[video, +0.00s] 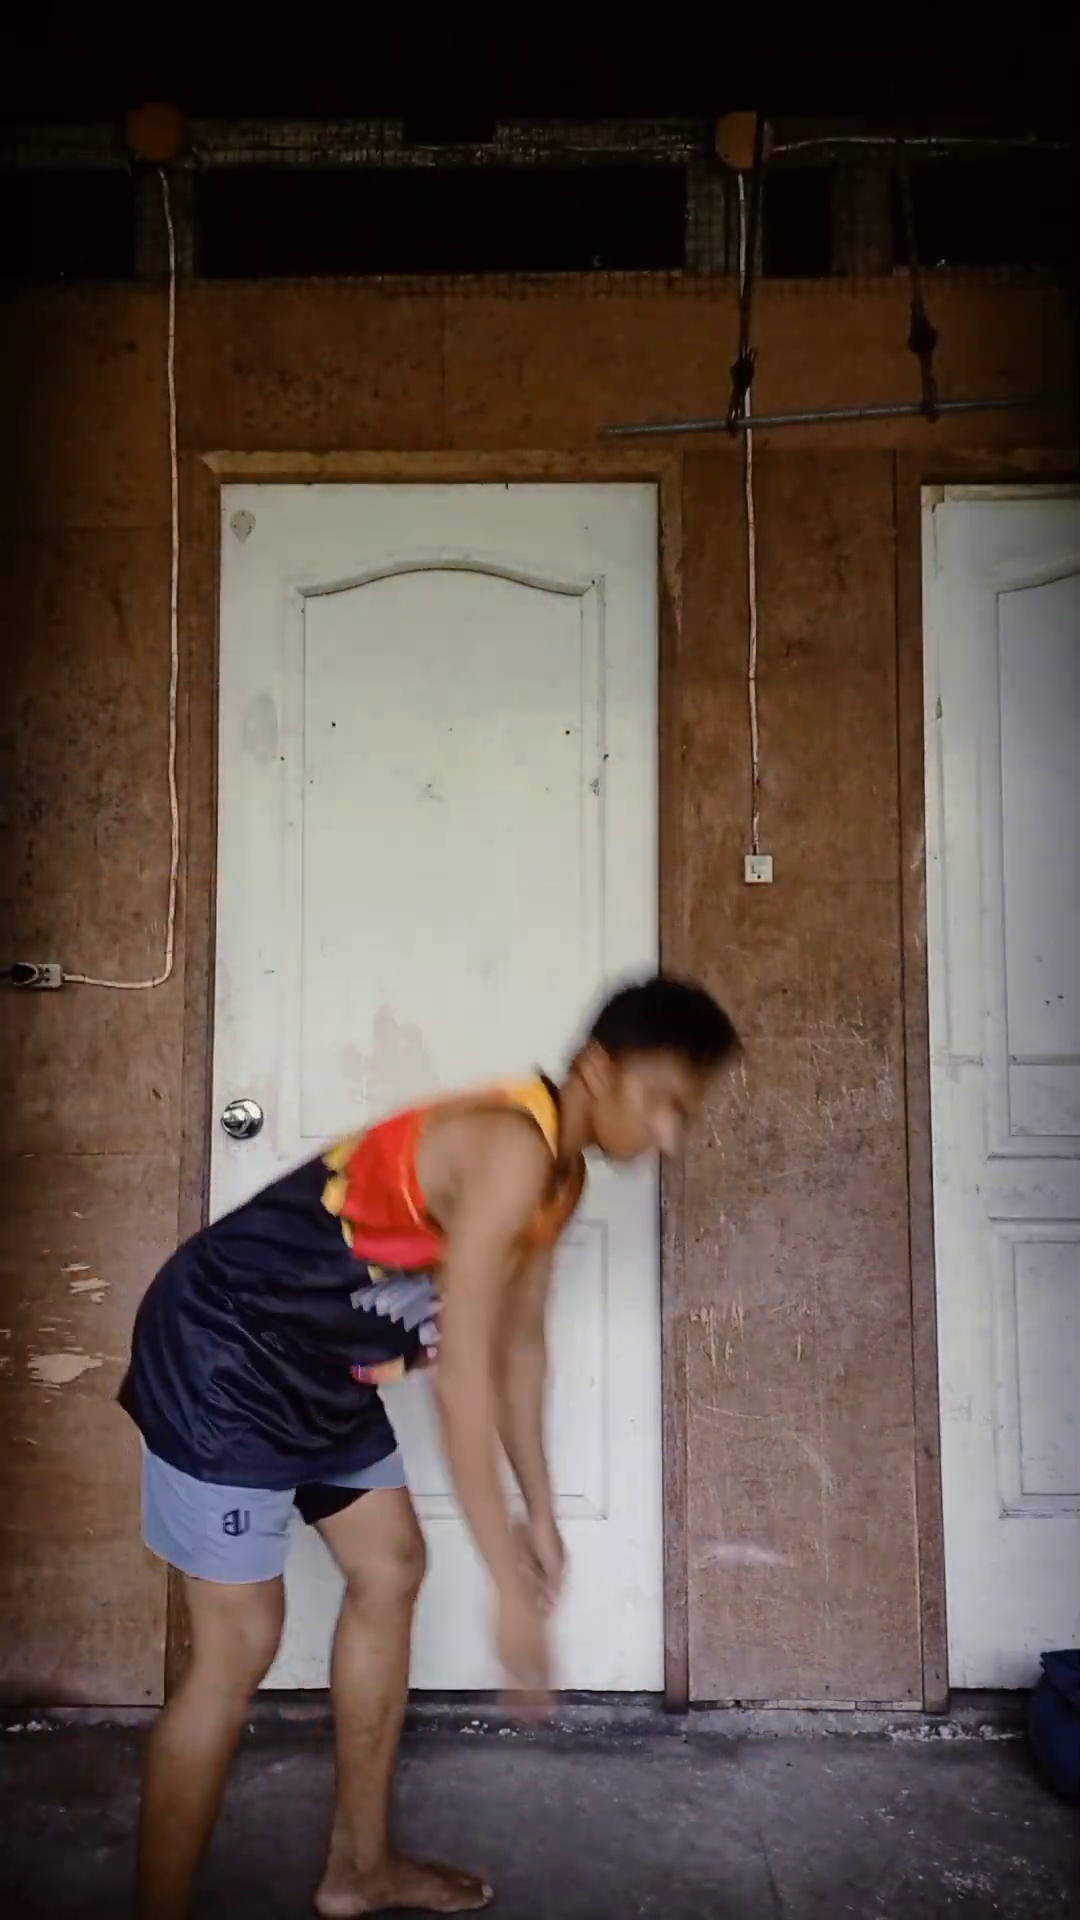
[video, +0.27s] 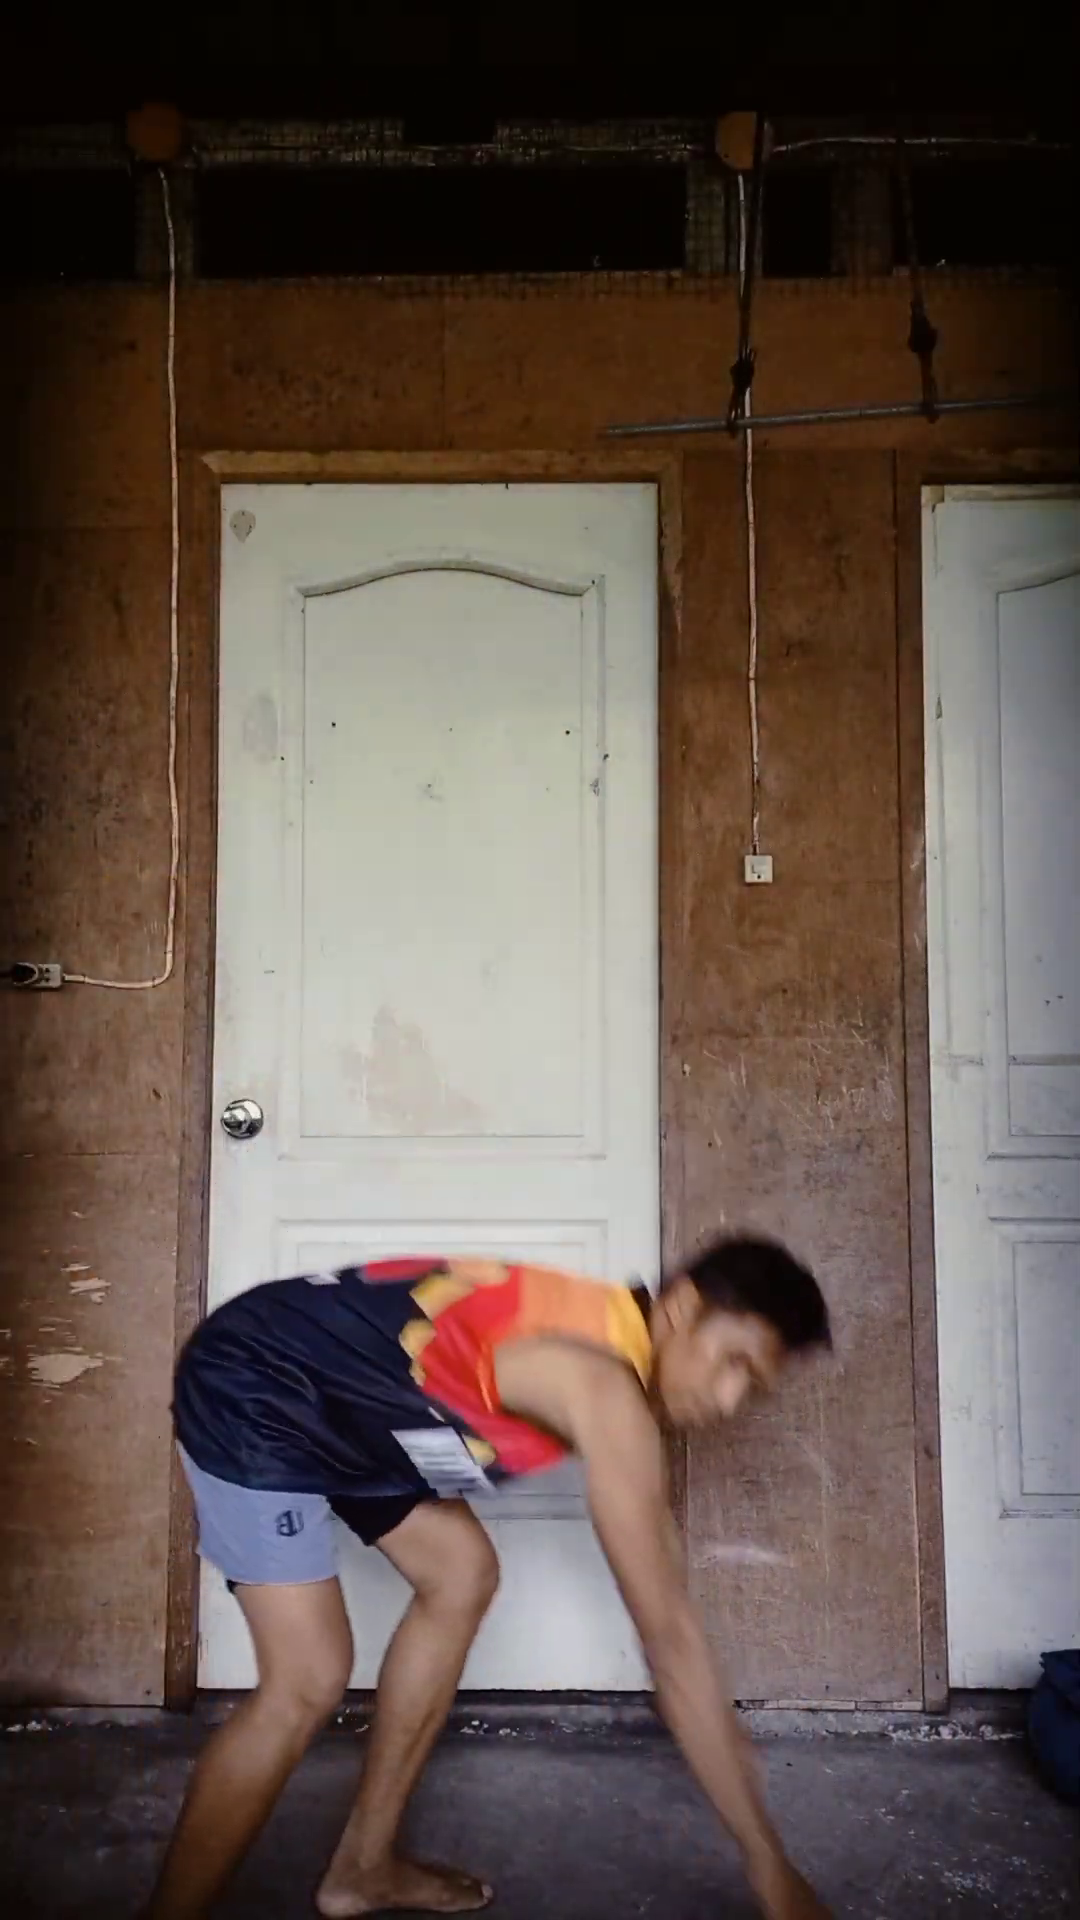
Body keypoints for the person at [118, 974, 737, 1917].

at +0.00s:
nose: (674, 1135)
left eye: (686, 1116)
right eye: (669, 1105)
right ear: (598, 1066)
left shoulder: (559, 1170)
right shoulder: (510, 1151)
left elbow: (520, 1347)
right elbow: (462, 1368)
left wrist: (539, 1511)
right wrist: (506, 1572)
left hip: (317, 1357)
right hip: (222, 1341)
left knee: (387, 1563)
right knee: (238, 1633)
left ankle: (360, 1865)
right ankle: (161, 1902)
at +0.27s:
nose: (731, 1399)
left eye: (754, 1384)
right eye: (732, 1362)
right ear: (679, 1308)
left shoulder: (615, 1332)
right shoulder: (606, 1391)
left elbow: (670, 1617)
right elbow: (669, 1640)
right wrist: (769, 1865)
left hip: (328, 1392)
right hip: (251, 1385)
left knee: (460, 1572)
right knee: (303, 1680)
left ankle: (364, 1867)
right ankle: (173, 1906)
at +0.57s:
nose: (830, 1548)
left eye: (853, 1548)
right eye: (842, 1518)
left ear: (854, 1537)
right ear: (808, 1454)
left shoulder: (736, 1481)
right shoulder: (712, 1500)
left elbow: (765, 1697)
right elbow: (738, 1754)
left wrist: (848, 1842)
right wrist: (778, 1910)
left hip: (429, 1434)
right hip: (357, 1417)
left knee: (535, 1613)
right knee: (281, 1749)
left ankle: (377, 1861)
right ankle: (15, 1828)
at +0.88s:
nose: (920, 1489)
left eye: (944, 1486)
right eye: (920, 1455)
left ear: (938, 1500)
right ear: (864, 1405)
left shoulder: (791, 1460)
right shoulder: (803, 1488)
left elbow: (800, 1694)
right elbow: (793, 1732)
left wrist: (849, 1838)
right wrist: (814, 1906)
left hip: (484, 1494)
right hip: (411, 1470)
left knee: (594, 1624)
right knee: (191, 1703)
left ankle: (395, 1819)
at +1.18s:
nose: (973, 1537)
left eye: (994, 1524)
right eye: (974, 1504)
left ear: (923, 1466)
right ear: (912, 1445)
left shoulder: (824, 1473)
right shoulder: (865, 1549)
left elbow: (809, 1697)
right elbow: (907, 1794)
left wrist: (852, 1845)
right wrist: (951, 1915)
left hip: (481, 1545)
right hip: (446, 1530)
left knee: (364, 1777)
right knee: (190, 1728)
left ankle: (118, 1734)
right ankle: (0, 1843)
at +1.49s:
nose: (990, 1606)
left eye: (1010, 1588)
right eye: (1004, 1579)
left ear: (940, 1494)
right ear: (958, 1527)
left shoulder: (826, 1483)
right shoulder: (868, 1593)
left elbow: (814, 1721)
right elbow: (906, 1843)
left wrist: (863, 1861)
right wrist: (949, 1916)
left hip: (442, 1492)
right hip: (450, 1575)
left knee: (176, 1701)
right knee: (163, 1755)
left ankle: (10, 1791)